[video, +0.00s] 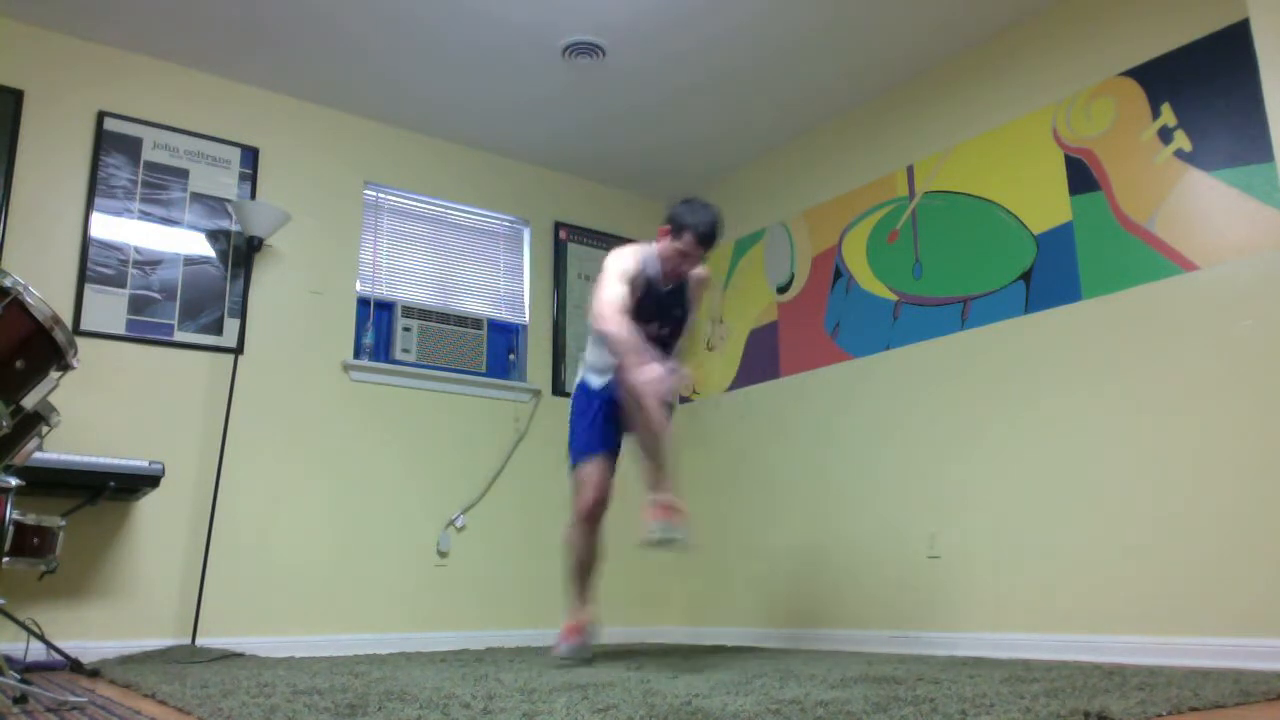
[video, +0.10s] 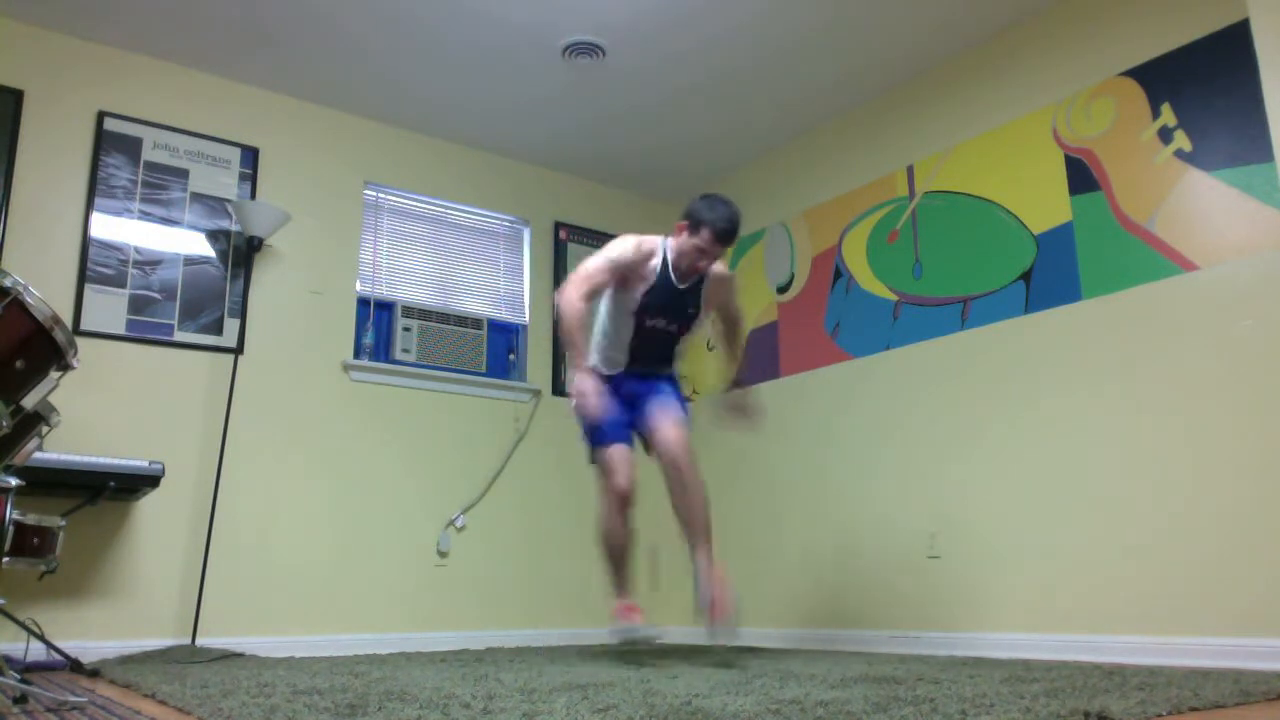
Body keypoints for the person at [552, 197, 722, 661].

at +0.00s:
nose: (686, 264)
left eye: (695, 258)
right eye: (682, 252)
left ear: (704, 255)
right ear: (665, 236)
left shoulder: (696, 280)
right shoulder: (626, 261)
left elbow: (681, 332)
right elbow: (609, 319)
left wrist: (672, 370)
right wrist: (643, 366)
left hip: (652, 385)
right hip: (601, 385)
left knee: (635, 380)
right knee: (590, 502)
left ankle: (661, 499)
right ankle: (579, 616)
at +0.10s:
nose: (705, 263)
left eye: (715, 256)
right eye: (700, 251)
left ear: (724, 252)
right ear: (681, 232)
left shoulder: (718, 279)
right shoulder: (634, 252)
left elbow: (731, 325)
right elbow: (570, 295)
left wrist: (736, 376)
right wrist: (580, 369)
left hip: (657, 380)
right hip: (605, 378)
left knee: (677, 453)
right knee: (620, 486)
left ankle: (706, 575)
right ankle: (623, 601)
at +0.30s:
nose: (714, 260)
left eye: (723, 252)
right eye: (708, 247)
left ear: (731, 248)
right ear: (687, 230)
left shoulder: (726, 289)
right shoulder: (638, 256)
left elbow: (754, 346)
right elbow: (583, 281)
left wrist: (798, 371)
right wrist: (582, 347)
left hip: (684, 402)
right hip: (632, 392)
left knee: (701, 516)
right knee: (671, 470)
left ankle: (702, 634)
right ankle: (667, 587)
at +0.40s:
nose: (707, 259)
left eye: (717, 251)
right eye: (702, 246)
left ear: (727, 244)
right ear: (682, 227)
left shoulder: (724, 282)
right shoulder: (639, 248)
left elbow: (753, 337)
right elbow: (570, 266)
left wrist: (791, 357)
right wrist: (598, 316)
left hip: (681, 384)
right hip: (627, 376)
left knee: (694, 494)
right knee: (656, 332)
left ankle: (693, 615)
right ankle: (686, 480)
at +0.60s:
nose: (732, 307)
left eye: (740, 300)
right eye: (731, 294)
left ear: (743, 297)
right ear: (717, 276)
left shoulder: (728, 315)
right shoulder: (661, 282)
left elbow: (772, 354)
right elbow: (576, 318)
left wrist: (817, 378)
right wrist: (578, 364)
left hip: (660, 411)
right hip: (611, 402)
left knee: (709, 518)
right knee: (615, 338)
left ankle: (702, 632)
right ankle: (639, 490)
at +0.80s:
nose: (705, 363)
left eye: (714, 358)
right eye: (704, 356)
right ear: (690, 335)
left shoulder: (703, 334)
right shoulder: (635, 327)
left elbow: (716, 352)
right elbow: (545, 355)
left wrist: (748, 361)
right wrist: (545, 416)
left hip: (669, 440)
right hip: (618, 440)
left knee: (732, 522)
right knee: (604, 541)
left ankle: (704, 632)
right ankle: (567, 639)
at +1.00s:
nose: (723, 258)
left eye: (729, 249)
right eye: (721, 246)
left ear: (706, 233)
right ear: (693, 228)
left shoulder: (705, 271)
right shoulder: (635, 252)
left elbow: (747, 303)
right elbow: (573, 297)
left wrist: (809, 322)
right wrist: (630, 336)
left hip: (683, 397)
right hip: (632, 404)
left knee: (786, 416)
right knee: (610, 509)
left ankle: (774, 532)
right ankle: (583, 606)